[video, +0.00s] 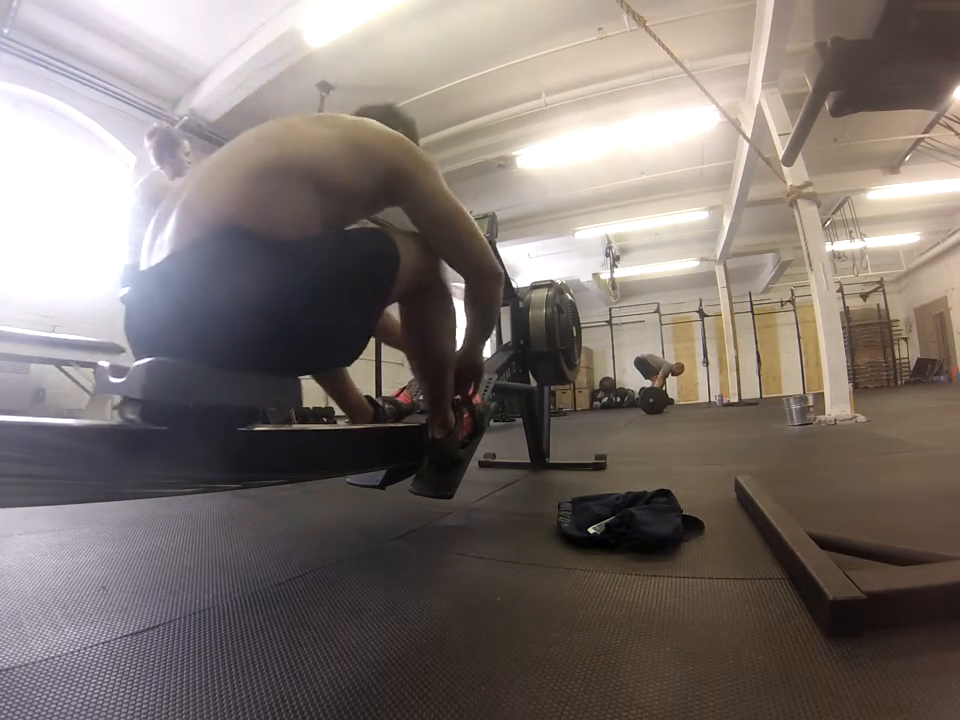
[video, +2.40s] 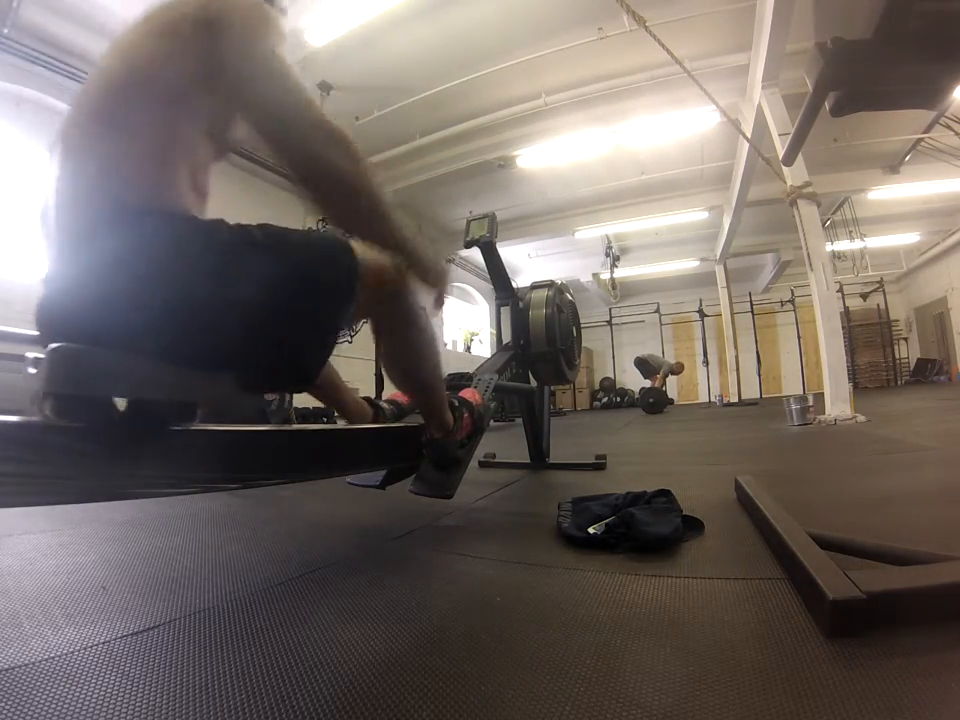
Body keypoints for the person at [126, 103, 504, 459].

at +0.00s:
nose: (408, 176)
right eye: (410, 163)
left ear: (356, 119)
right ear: (401, 141)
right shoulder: (398, 151)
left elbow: (350, 294)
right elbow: (487, 275)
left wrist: (427, 352)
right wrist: (474, 350)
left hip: (152, 318)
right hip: (248, 303)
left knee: (311, 281)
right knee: (421, 264)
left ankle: (363, 412)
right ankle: (442, 426)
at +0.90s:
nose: (405, 166)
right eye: (407, 154)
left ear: (348, 119)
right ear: (395, 138)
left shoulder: (283, 142)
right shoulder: (393, 150)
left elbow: (300, 259)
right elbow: (446, 262)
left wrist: (364, 355)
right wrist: (434, 353)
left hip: (156, 325)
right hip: (247, 307)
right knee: (434, 261)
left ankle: (362, 413)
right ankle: (443, 428)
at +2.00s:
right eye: (371, 105)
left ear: (307, 77)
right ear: (364, 96)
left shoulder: (239, 115)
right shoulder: (356, 125)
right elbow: (382, 257)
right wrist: (397, 335)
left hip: (126, 312)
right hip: (220, 298)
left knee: (288, 294)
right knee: (415, 263)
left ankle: (364, 418)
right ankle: (443, 426)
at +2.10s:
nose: (347, 92)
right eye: (350, 83)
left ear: (282, 56)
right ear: (338, 72)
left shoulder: (215, 95)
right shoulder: (336, 96)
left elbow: (125, 178)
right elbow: (384, 225)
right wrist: (393, 298)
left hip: (117, 309)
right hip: (212, 300)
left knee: (283, 291)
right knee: (412, 263)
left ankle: (364, 417)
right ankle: (443, 427)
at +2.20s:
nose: (328, 56)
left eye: (327, 48)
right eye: (325, 46)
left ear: (254, 29)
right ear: (315, 38)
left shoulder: (196, 76)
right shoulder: (308, 64)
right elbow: (392, 211)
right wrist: (431, 301)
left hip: (102, 305)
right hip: (195, 291)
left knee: (278, 287)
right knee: (412, 266)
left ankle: (364, 415)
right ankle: (444, 427)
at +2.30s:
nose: (311, 43)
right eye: (307, 31)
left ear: (236, 12)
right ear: (291, 15)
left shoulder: (174, 60)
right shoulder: (269, 37)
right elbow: (373, 183)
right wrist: (434, 254)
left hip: (85, 297)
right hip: (171, 279)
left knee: (279, 304)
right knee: (402, 275)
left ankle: (362, 414)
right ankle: (445, 426)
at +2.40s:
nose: (281, 40)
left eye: (282, 36)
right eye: (278, 29)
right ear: (257, 6)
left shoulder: (150, 47)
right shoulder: (225, 17)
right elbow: (318, 155)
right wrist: (418, 259)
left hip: (73, 286)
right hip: (142, 269)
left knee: (274, 309)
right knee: (389, 280)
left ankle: (367, 421)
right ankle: (445, 429)